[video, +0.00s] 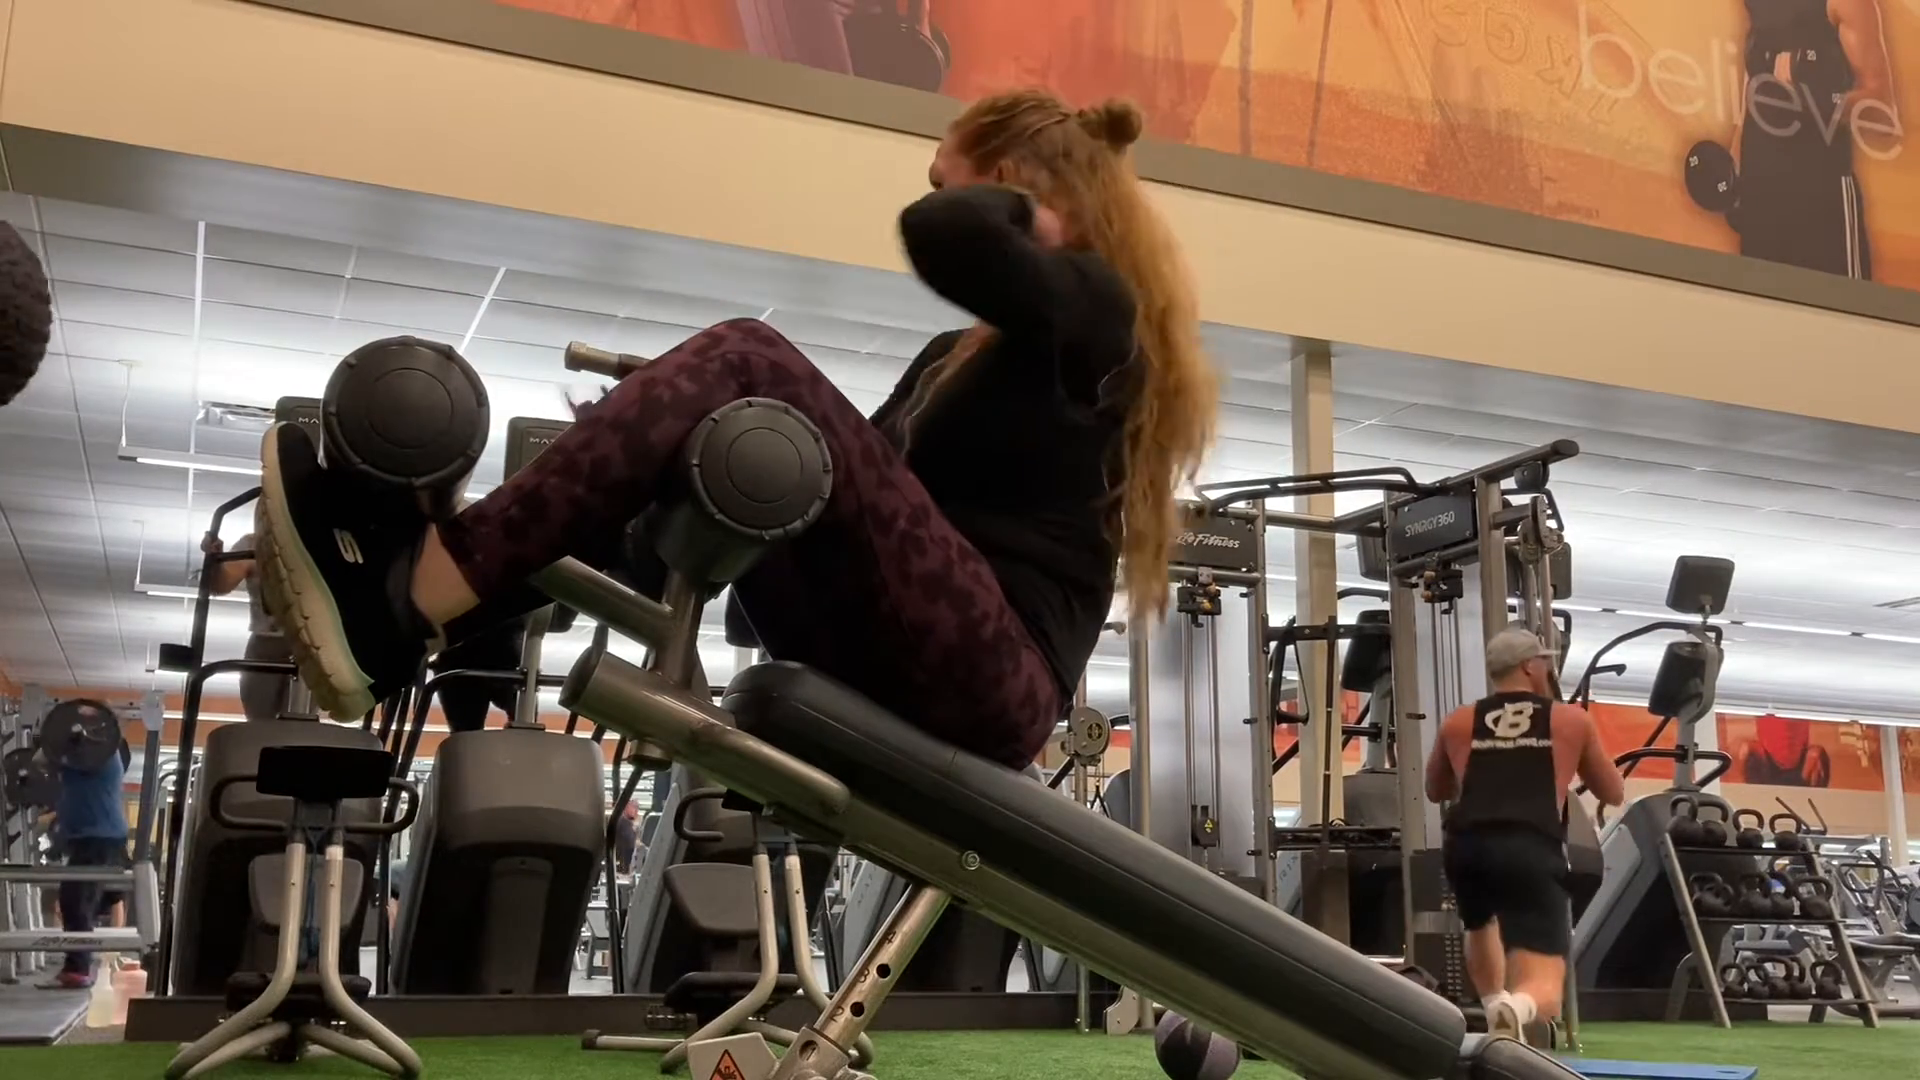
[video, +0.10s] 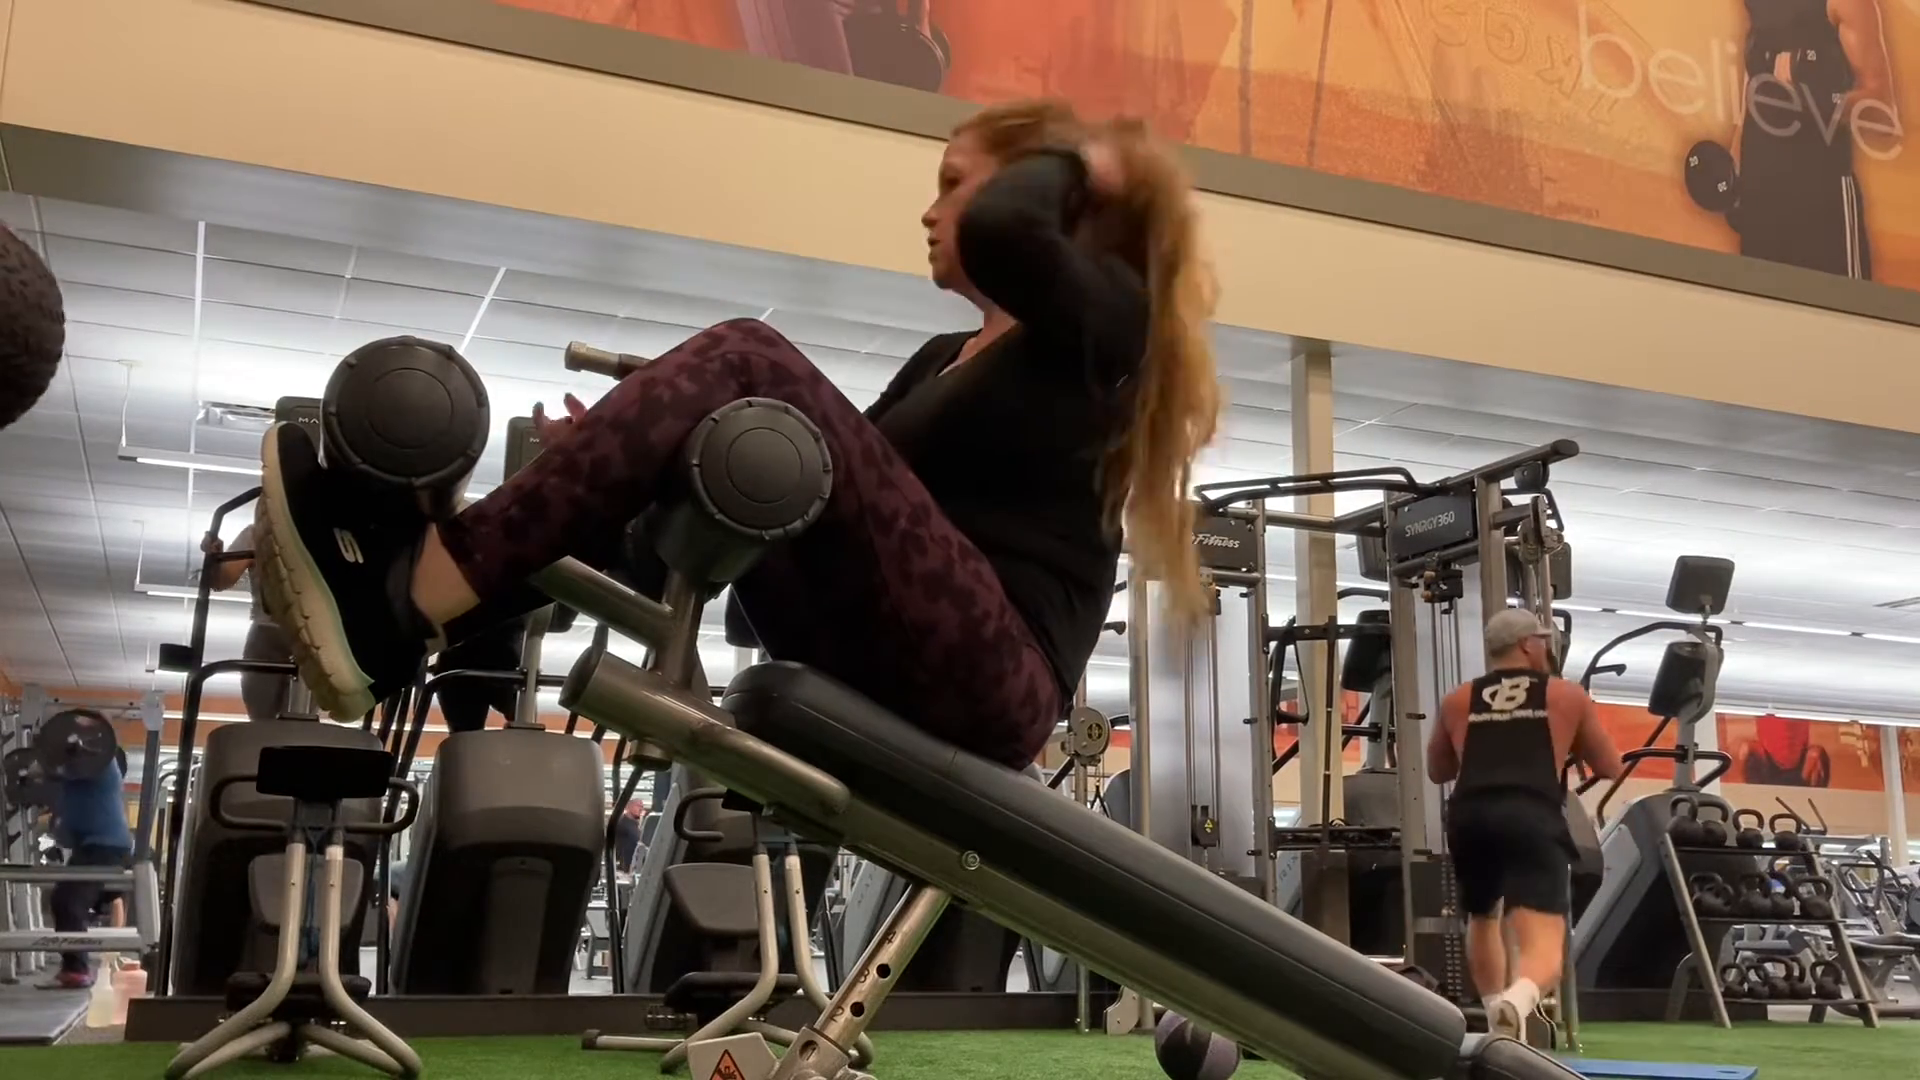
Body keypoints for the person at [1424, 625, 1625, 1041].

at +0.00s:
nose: (1549, 671)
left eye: (1547, 662)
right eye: (1545, 662)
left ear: (1495, 671)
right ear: (1528, 668)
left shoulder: (1458, 722)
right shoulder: (1573, 721)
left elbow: (1437, 789)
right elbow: (1613, 792)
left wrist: (1481, 768)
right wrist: (1582, 764)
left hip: (1467, 848)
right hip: (1531, 849)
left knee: (1478, 922)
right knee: (1542, 986)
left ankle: (1499, 1020)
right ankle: (1509, 1009)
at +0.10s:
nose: (1548, 650)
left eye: (1545, 641)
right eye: (1542, 642)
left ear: (1495, 651)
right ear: (1526, 646)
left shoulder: (1457, 699)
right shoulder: (1568, 695)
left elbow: (1438, 771)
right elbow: (1610, 768)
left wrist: (1479, 748)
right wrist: (1584, 754)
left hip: (1470, 817)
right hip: (1533, 815)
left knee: (1483, 920)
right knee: (1543, 948)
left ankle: (1500, 1030)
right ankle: (1513, 1003)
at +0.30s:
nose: (1552, 613)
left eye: (1551, 604)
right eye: (1548, 604)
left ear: (1494, 613)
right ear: (1529, 607)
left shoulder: (1457, 665)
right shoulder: (1559, 648)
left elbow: (1453, 734)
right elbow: (1607, 715)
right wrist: (1573, 683)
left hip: (1473, 781)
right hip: (1534, 772)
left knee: (1490, 906)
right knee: (1620, 871)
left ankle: (1503, 1031)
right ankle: (1548, 962)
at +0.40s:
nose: (1549, 600)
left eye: (1546, 592)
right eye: (1545, 592)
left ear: (1494, 598)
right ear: (1529, 593)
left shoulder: (1461, 652)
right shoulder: (1555, 634)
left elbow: (1462, 716)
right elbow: (1612, 695)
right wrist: (1583, 659)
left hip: (1480, 779)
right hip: (1542, 769)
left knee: (1497, 904)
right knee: (1645, 843)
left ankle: (1503, 1028)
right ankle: (1596, 954)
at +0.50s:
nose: (1550, 593)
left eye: (1548, 586)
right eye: (1547, 586)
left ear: (1495, 592)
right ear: (1534, 587)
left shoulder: (1465, 647)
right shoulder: (1557, 632)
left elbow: (1464, 712)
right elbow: (1611, 695)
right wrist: (1600, 658)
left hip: (1488, 778)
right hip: (1550, 768)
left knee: (1501, 901)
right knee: (1640, 850)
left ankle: (1502, 1027)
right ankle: (1674, 966)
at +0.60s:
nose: (1556, 593)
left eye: (1554, 586)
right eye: (1553, 586)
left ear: (1503, 592)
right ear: (1540, 589)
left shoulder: (1469, 651)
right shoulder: (1565, 637)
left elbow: (1467, 717)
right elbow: (1612, 702)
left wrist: (1512, 683)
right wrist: (1599, 665)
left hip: (1500, 786)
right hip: (1563, 779)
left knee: (1505, 905)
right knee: (1636, 878)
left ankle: (1503, 1029)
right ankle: (1723, 983)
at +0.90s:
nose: (1584, 603)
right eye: (1590, 594)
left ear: (1544, 598)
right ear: (1590, 597)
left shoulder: (1517, 656)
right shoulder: (1628, 652)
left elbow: (1493, 728)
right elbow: (1651, 723)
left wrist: (1500, 780)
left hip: (1550, 796)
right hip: (1618, 796)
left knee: (1531, 905)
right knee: (1646, 907)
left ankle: (1504, 1031)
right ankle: (1680, 1038)